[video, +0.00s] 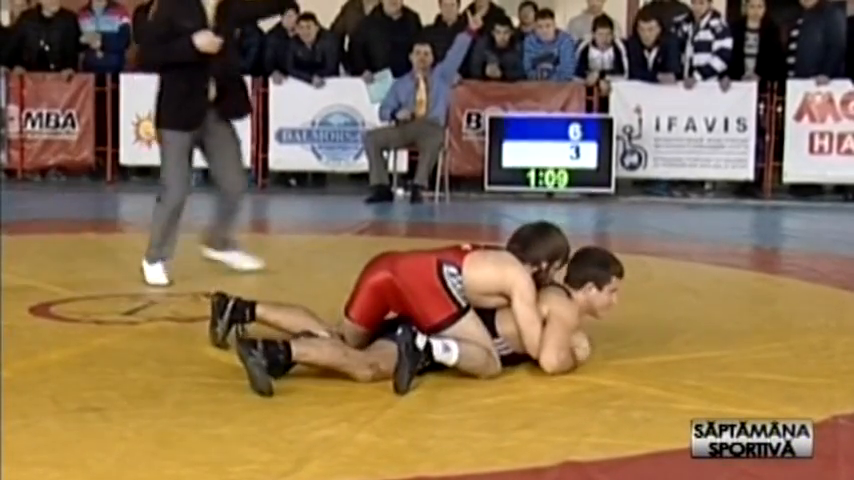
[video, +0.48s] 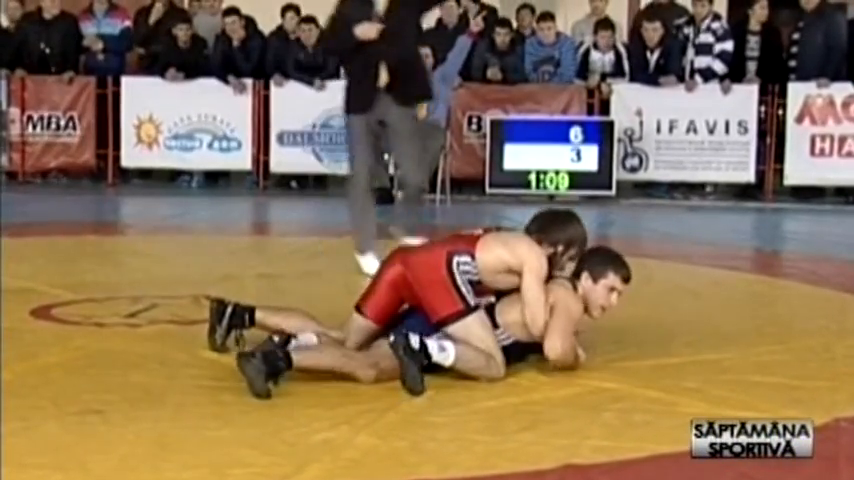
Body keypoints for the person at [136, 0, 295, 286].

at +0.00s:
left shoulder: (229, 7)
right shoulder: (169, 7)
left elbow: (270, 6)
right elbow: (148, 55)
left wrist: (288, 9)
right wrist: (191, 44)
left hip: (215, 109)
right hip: (177, 109)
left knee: (233, 184)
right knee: (175, 191)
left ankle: (217, 243)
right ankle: (155, 258)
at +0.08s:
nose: (247, 0)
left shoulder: (265, 24)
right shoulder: (201, 22)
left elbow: (302, 19)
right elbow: (173, 68)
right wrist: (216, 60)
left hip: (245, 127)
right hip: (203, 126)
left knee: (267, 192)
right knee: (188, 200)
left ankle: (282, 253)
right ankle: (154, 264)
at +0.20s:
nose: (286, 2)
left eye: (292, 0)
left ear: (301, 2)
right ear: (272, 1)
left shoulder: (311, 21)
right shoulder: (250, 23)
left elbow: (347, 18)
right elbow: (225, 70)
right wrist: (259, 63)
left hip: (297, 126)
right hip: (257, 125)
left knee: (310, 193)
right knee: (221, 190)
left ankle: (299, 259)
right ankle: (169, 256)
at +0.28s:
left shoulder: (340, 9)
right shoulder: (282, 7)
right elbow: (261, 58)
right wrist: (290, 51)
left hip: (328, 107)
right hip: (290, 105)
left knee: (323, 186)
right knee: (264, 181)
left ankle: (304, 252)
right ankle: (225, 249)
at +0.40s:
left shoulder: (381, 6)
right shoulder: (323, 4)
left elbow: (384, 44)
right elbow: (302, 40)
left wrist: (351, 40)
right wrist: (329, 31)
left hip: (370, 91)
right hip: (333, 89)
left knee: (372, 174)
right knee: (329, 169)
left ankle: (346, 233)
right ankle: (330, 238)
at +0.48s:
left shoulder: (409, 5)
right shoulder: (351, 6)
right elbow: (327, 46)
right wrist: (353, 33)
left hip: (401, 97)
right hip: (361, 98)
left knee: (414, 177)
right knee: (362, 177)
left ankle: (404, 227)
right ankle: (365, 247)